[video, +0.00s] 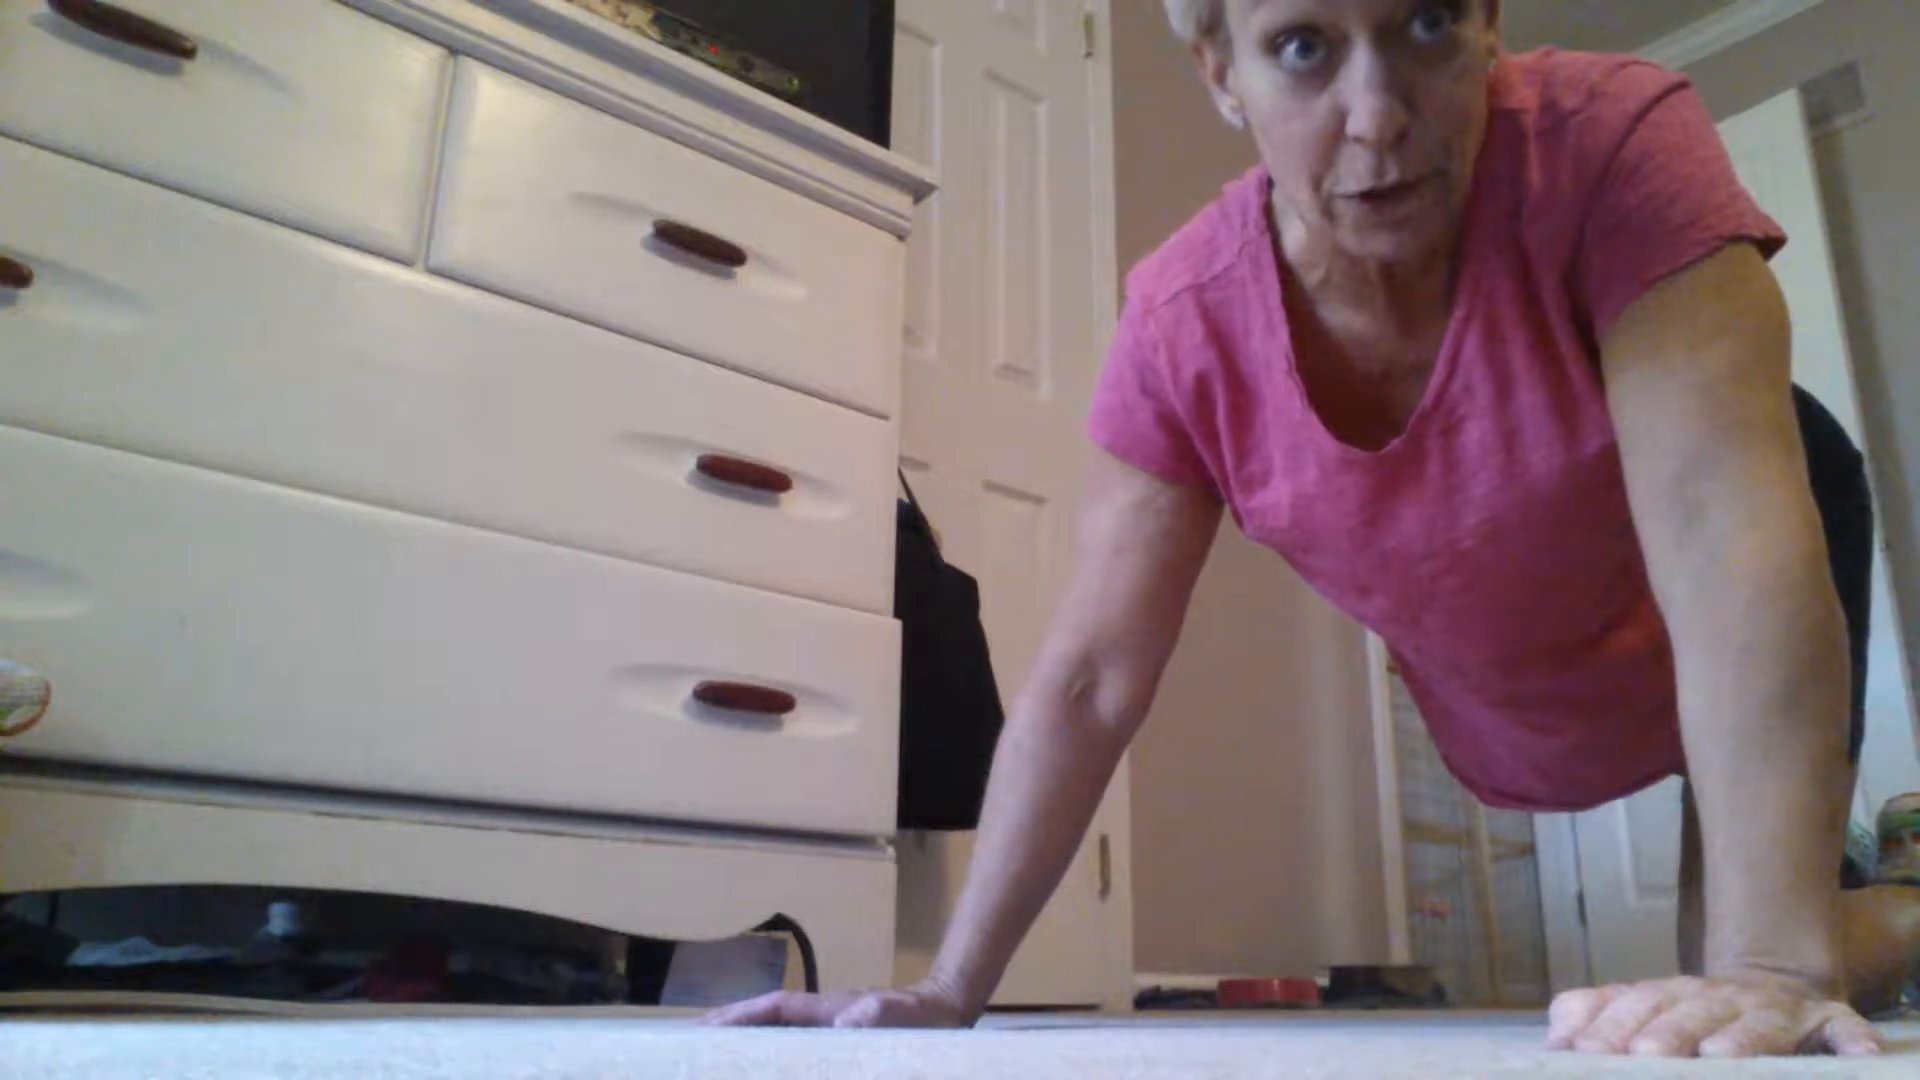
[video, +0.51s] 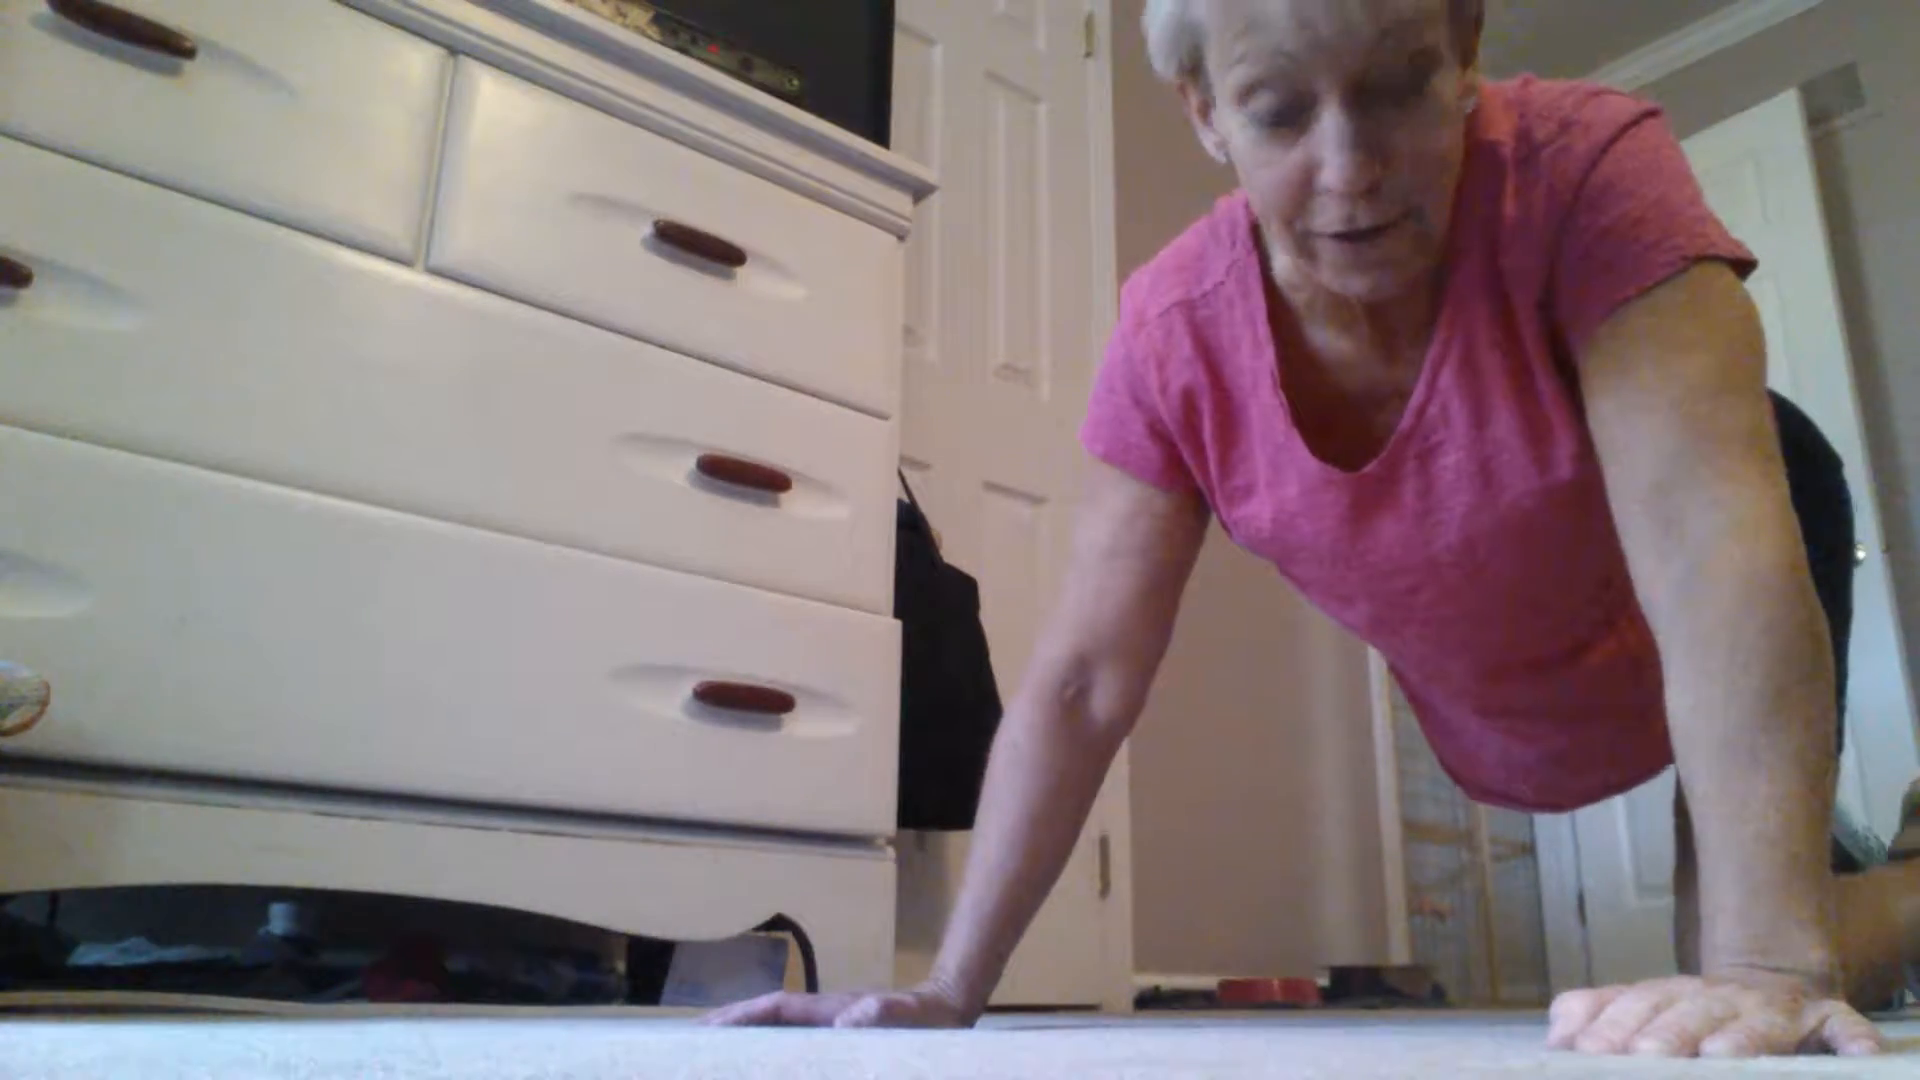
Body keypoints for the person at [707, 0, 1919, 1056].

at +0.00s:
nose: (1376, 111)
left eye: (1426, 37)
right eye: (1307, 52)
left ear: (1492, 36)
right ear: (1220, 75)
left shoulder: (1614, 143)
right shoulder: (1189, 316)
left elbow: (1730, 521)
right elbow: (1089, 682)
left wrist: (1770, 967)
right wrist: (954, 981)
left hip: (1747, 573)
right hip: (1552, 682)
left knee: (1785, 929)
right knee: (1771, 922)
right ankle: (1878, 912)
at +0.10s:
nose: (1374, 113)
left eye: (1420, 40)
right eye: (1305, 55)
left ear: (1487, 38)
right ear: (1216, 76)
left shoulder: (1608, 144)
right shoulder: (1185, 316)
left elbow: (1725, 524)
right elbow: (1087, 683)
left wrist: (1770, 964)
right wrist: (954, 982)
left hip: (1744, 565)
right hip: (1542, 678)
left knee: (1785, 927)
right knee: (1771, 917)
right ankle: (1878, 914)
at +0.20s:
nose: (1367, 120)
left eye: (1412, 45)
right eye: (1298, 62)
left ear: (1480, 45)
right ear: (1211, 83)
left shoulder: (1602, 149)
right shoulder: (1183, 315)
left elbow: (1723, 526)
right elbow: (1085, 685)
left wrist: (1768, 961)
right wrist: (954, 982)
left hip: (1737, 567)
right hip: (1541, 680)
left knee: (1786, 909)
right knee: (1777, 898)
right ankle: (1884, 931)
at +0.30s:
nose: (1372, 136)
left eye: (1417, 55)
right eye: (1299, 73)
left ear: (1481, 46)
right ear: (1211, 88)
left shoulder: (1600, 157)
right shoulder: (1182, 319)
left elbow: (1721, 529)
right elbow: (1085, 685)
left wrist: (1769, 961)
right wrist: (953, 983)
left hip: (1735, 581)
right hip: (1541, 696)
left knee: (1785, 910)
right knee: (1779, 895)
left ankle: (1887, 949)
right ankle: (1882, 930)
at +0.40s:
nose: (1371, 146)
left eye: (1415, 65)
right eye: (1298, 82)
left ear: (1477, 55)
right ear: (1210, 99)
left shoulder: (1595, 166)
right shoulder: (1180, 326)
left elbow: (1721, 533)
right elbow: (1085, 687)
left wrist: (1767, 961)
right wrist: (953, 983)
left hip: (1731, 589)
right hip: (1538, 699)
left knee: (1785, 922)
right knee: (1777, 900)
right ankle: (1877, 912)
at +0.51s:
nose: (1350, 169)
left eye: (1394, 87)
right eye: (1280, 112)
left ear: (1466, 62)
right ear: (1205, 118)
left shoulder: (1586, 167)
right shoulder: (1177, 327)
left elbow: (1718, 536)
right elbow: (1081, 688)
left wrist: (1766, 966)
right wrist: (954, 982)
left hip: (1732, 600)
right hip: (1542, 707)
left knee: (1784, 942)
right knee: (1773, 933)